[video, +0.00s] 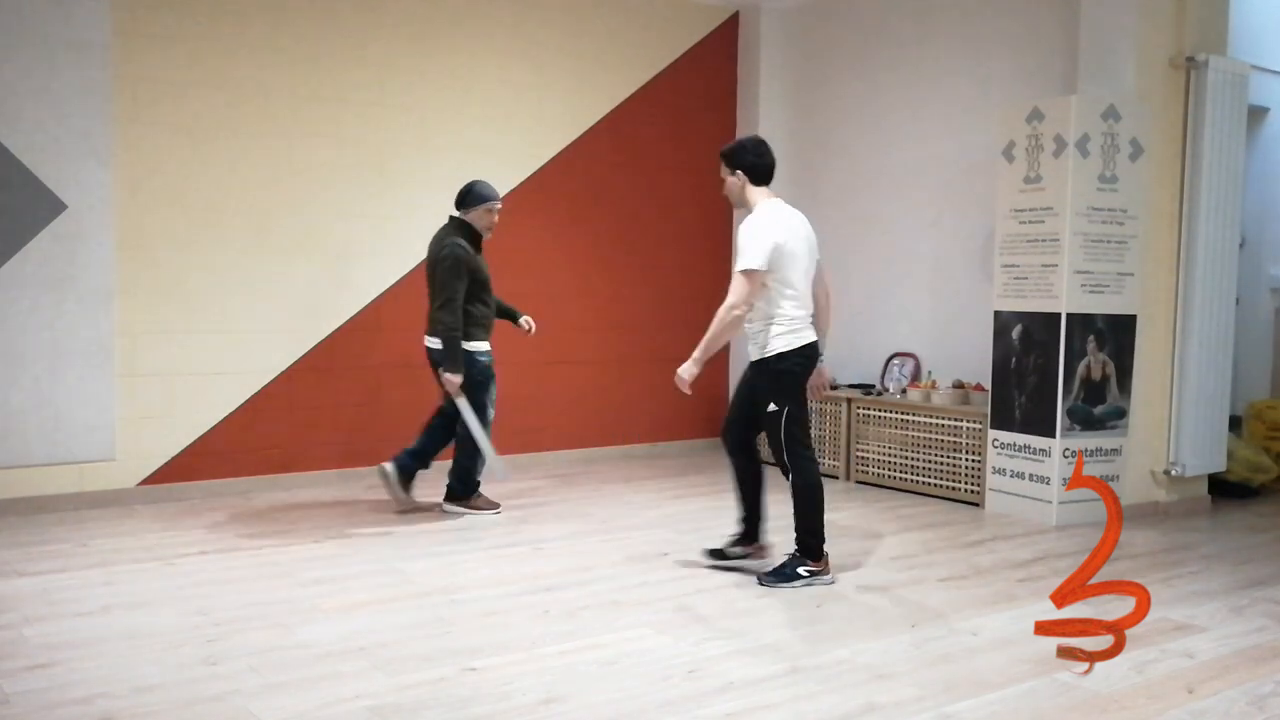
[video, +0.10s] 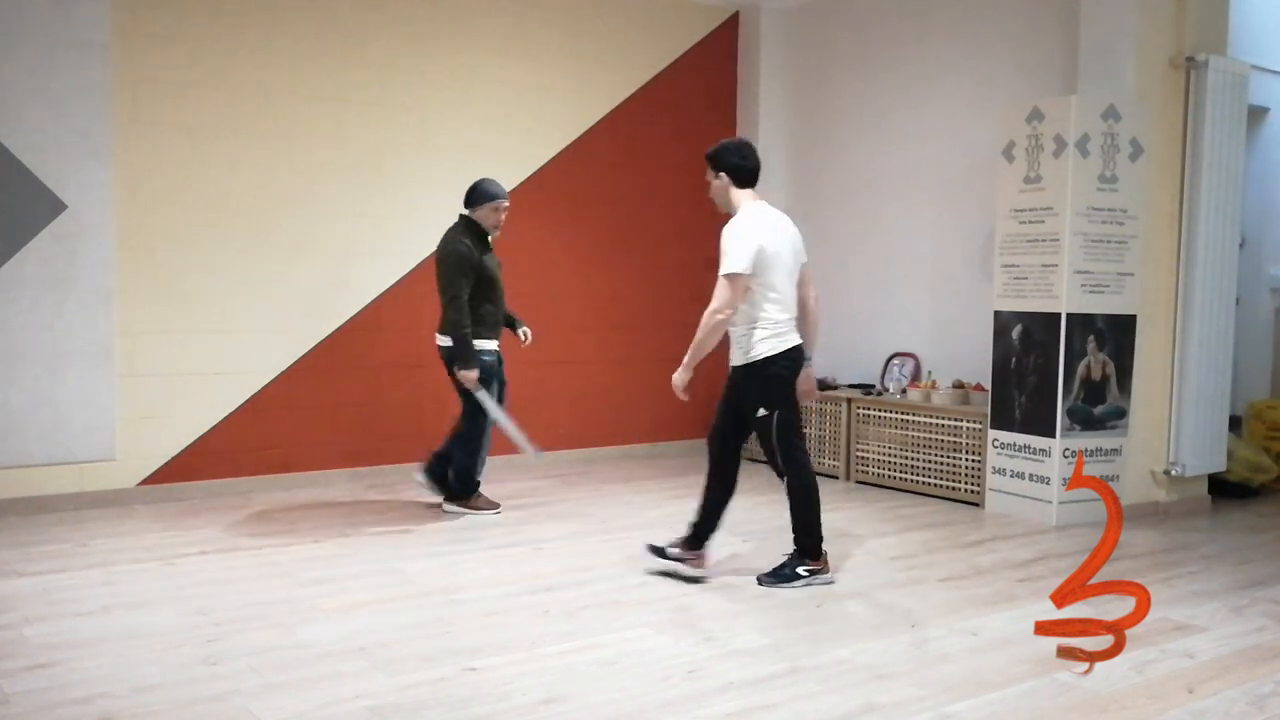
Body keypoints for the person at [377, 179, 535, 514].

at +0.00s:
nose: (497, 219)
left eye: (498, 212)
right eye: (492, 211)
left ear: (472, 213)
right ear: (471, 212)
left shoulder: (461, 243)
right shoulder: (454, 250)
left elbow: (477, 297)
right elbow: (448, 311)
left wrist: (513, 315)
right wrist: (451, 364)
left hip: (461, 347)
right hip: (468, 350)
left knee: (454, 413)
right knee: (476, 422)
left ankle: (403, 469)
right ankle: (462, 492)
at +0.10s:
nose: (503, 216)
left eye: (505, 210)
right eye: (497, 210)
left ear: (497, 210)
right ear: (477, 210)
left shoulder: (478, 242)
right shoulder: (457, 247)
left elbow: (485, 298)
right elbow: (455, 305)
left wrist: (513, 322)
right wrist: (465, 359)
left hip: (486, 344)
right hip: (466, 346)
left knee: (487, 411)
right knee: (478, 417)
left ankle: (440, 468)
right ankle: (462, 489)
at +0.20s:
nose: (509, 214)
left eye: (512, 207)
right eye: (503, 207)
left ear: (511, 209)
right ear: (483, 208)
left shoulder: (492, 240)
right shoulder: (463, 243)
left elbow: (496, 296)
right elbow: (457, 302)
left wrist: (517, 330)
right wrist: (476, 354)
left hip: (497, 344)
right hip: (471, 345)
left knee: (511, 406)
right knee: (479, 412)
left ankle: (489, 480)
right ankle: (460, 491)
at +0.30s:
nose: (519, 214)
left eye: (522, 207)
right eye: (512, 207)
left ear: (522, 209)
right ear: (492, 208)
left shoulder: (512, 242)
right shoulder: (470, 243)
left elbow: (512, 301)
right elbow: (462, 302)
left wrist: (528, 335)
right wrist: (484, 350)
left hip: (512, 345)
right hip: (478, 345)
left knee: (529, 411)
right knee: (478, 416)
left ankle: (533, 483)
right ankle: (462, 490)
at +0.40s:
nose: (528, 216)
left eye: (531, 209)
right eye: (520, 209)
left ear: (534, 211)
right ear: (500, 211)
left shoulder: (525, 246)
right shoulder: (478, 246)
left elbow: (523, 302)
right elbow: (468, 302)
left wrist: (545, 337)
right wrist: (490, 351)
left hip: (523, 350)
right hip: (489, 350)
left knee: (543, 416)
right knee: (483, 421)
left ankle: (551, 487)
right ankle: (463, 490)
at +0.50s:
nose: (539, 217)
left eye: (542, 210)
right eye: (531, 210)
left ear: (545, 213)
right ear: (512, 213)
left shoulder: (538, 248)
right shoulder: (489, 250)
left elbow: (542, 303)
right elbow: (477, 304)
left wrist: (569, 336)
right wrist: (502, 352)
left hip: (536, 352)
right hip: (499, 353)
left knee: (556, 416)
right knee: (501, 421)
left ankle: (553, 489)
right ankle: (472, 483)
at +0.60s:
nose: (549, 219)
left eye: (553, 212)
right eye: (541, 212)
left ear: (557, 215)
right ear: (523, 215)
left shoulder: (549, 251)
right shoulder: (500, 251)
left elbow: (559, 305)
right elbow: (491, 307)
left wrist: (590, 327)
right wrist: (520, 348)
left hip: (540, 352)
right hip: (502, 352)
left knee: (562, 413)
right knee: (513, 417)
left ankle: (553, 488)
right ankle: (486, 474)